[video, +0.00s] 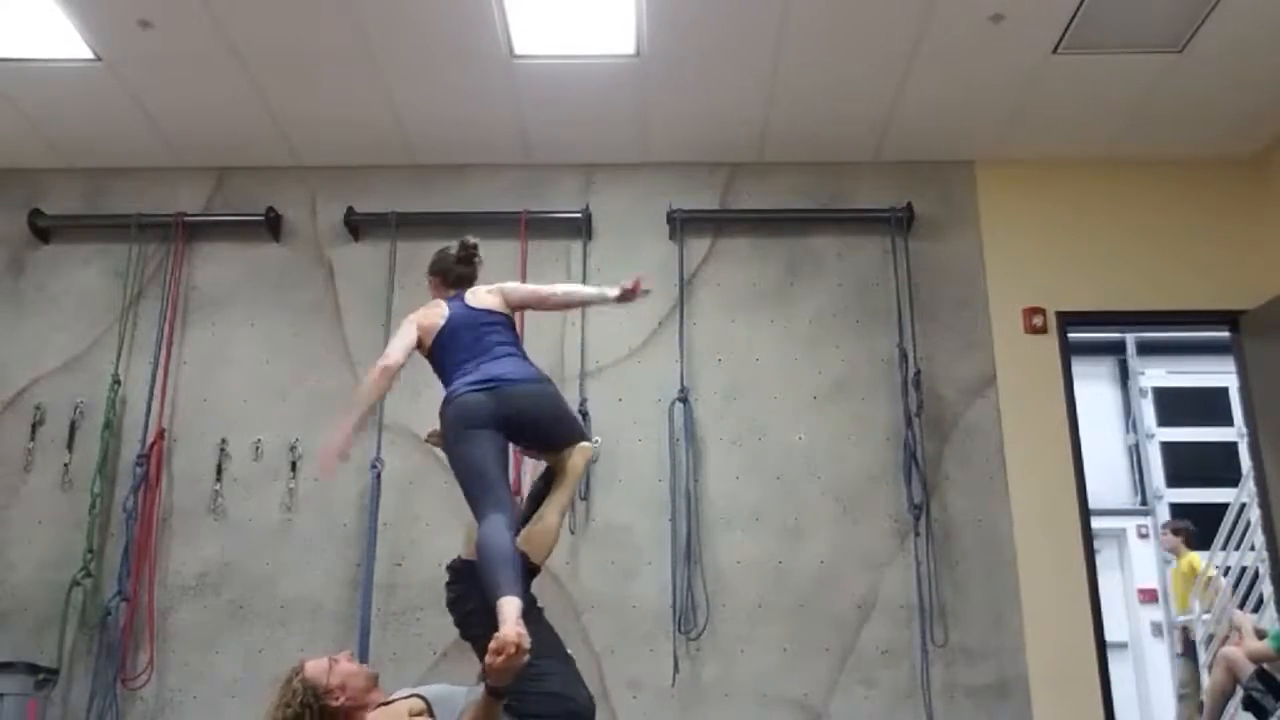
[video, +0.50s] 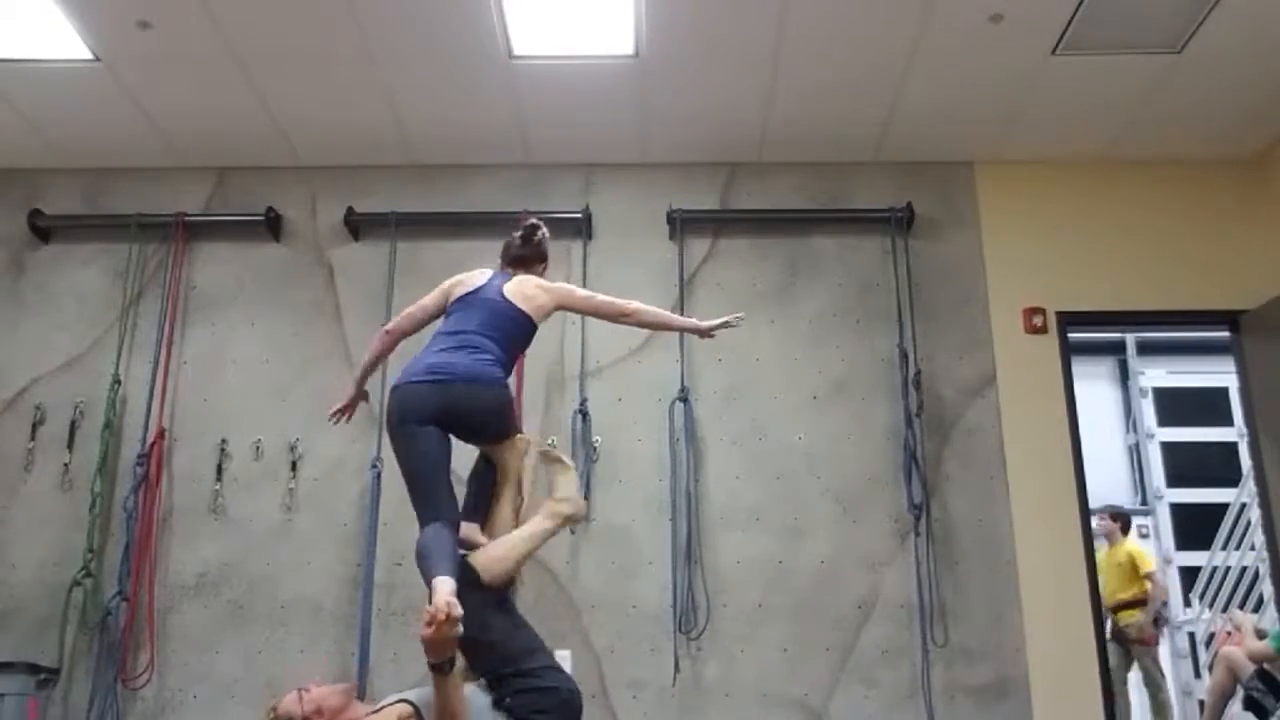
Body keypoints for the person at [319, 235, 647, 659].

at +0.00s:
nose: (429, 290)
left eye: (430, 284)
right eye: (432, 283)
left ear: (435, 284)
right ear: (469, 278)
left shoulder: (421, 319)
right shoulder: (498, 294)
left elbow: (387, 367)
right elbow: (555, 295)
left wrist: (346, 430)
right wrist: (614, 294)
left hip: (466, 407)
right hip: (530, 394)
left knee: (493, 513)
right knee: (572, 454)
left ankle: (510, 624)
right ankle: (522, 529)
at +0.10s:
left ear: (448, 281)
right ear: (486, 276)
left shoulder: (427, 314)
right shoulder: (503, 289)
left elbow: (411, 369)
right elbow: (564, 268)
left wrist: (410, 438)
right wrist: (615, 244)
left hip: (453, 408)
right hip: (512, 391)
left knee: (485, 514)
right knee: (565, 447)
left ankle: (504, 621)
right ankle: (508, 532)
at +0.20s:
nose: (508, 272)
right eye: (506, 267)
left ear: (464, 275)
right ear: (501, 271)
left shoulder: (433, 307)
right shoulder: (510, 286)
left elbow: (409, 359)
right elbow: (577, 266)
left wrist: (420, 426)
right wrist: (638, 238)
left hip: (438, 410)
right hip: (496, 394)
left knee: (467, 515)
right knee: (557, 436)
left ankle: (479, 621)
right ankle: (509, 523)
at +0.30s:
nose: (523, 264)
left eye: (519, 260)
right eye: (521, 259)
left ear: (474, 263)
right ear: (513, 263)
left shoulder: (440, 295)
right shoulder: (522, 284)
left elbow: (407, 350)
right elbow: (601, 275)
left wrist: (398, 423)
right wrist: (675, 261)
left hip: (436, 408)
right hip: (502, 399)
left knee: (469, 516)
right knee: (527, 450)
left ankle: (489, 615)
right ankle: (499, 527)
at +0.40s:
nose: (539, 261)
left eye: (532, 256)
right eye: (538, 256)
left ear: (492, 255)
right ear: (533, 259)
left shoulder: (456, 281)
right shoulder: (540, 289)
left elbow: (402, 330)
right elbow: (620, 308)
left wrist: (359, 390)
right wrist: (691, 320)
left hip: (429, 395)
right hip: (498, 397)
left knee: (453, 512)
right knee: (509, 460)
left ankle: (473, 604)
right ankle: (492, 529)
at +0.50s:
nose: (544, 273)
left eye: (532, 263)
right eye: (545, 266)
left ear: (502, 260)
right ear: (543, 266)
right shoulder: (544, 289)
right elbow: (625, 311)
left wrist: (357, 387)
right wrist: (693, 325)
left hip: (412, 395)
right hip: (478, 396)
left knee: (435, 515)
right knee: (502, 446)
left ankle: (442, 593)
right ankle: (471, 525)